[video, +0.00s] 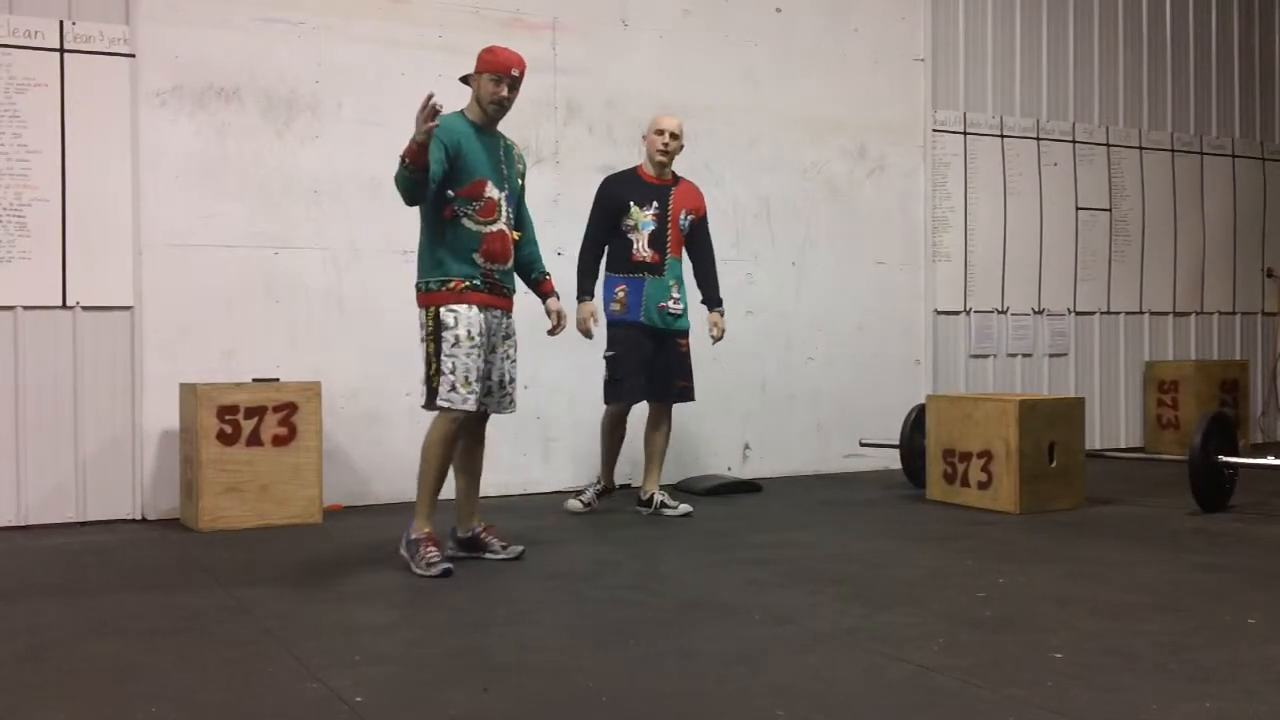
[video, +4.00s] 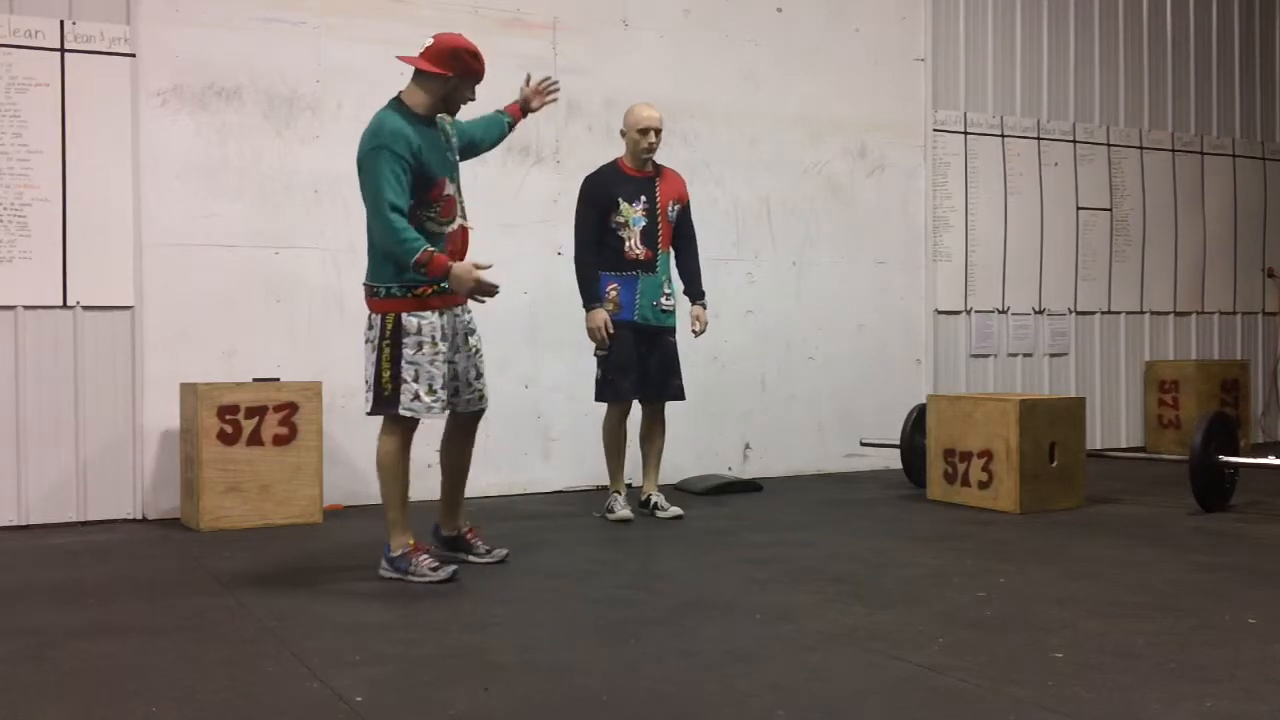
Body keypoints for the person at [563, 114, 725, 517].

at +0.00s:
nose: (666, 142)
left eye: (674, 137)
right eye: (660, 134)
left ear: (682, 146)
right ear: (646, 139)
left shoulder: (690, 196)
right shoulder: (615, 187)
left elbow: (702, 255)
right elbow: (592, 246)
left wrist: (714, 306)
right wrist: (585, 299)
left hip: (671, 315)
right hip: (626, 312)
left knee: (662, 403)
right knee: (619, 403)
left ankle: (650, 491)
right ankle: (605, 482)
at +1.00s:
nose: (605, 140)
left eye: (612, 134)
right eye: (597, 134)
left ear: (621, 142)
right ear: (585, 140)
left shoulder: (638, 189)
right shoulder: (561, 190)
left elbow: (652, 248)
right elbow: (542, 250)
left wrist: (661, 299)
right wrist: (534, 302)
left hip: (627, 318)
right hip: (577, 318)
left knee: (639, 404)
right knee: (574, 405)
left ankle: (649, 491)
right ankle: (575, 490)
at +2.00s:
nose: (610, 139)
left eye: (616, 133)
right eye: (602, 133)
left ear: (624, 140)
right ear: (587, 140)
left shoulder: (640, 188)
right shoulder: (565, 190)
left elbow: (652, 250)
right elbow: (548, 252)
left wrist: (658, 303)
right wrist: (541, 305)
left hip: (632, 316)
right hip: (582, 317)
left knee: (640, 403)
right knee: (578, 404)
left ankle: (646, 490)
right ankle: (576, 489)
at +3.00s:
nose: (650, 148)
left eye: (656, 141)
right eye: (642, 140)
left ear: (662, 143)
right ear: (624, 139)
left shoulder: (671, 187)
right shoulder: (599, 186)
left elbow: (681, 249)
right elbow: (578, 249)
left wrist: (687, 303)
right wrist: (576, 307)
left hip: (658, 313)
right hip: (612, 312)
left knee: (659, 402)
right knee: (613, 401)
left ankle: (648, 488)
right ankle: (611, 490)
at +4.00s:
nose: (651, 139)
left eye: (656, 132)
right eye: (642, 132)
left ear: (662, 135)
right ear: (624, 134)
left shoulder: (672, 183)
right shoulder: (599, 184)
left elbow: (685, 245)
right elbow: (584, 250)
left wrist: (696, 298)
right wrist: (591, 305)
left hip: (660, 312)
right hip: (615, 313)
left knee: (655, 403)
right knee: (619, 404)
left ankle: (650, 491)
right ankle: (617, 492)